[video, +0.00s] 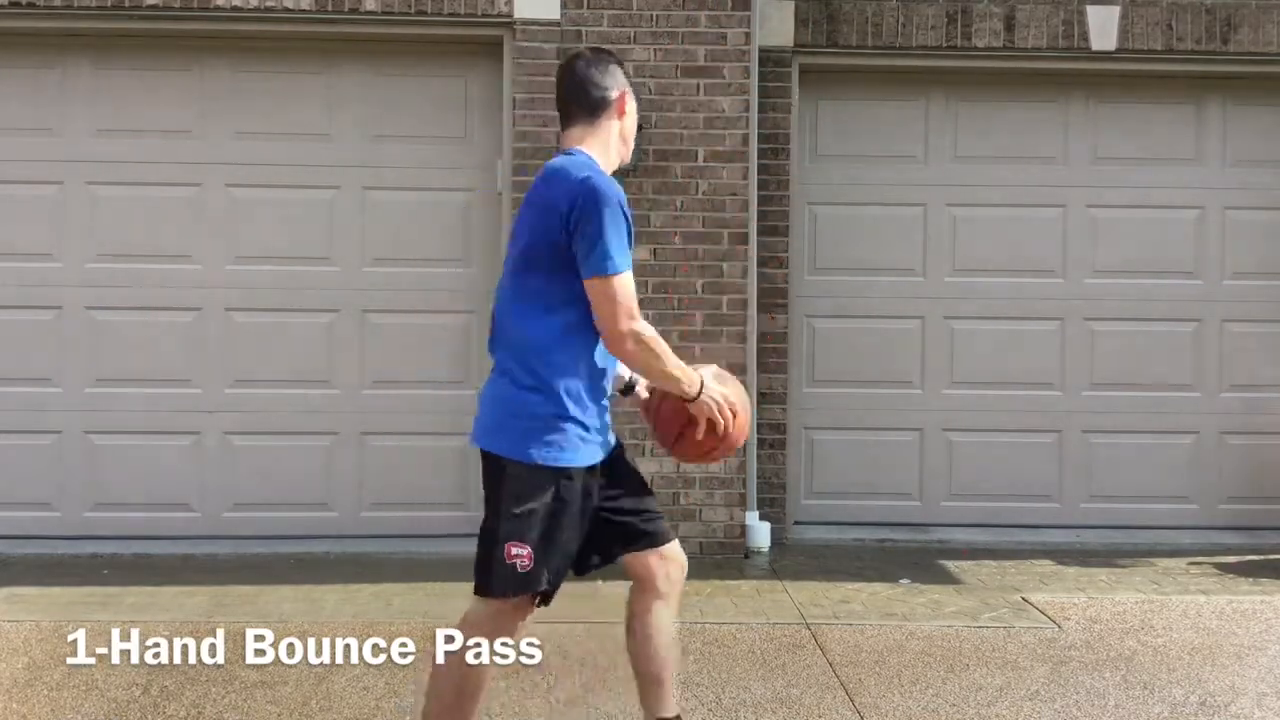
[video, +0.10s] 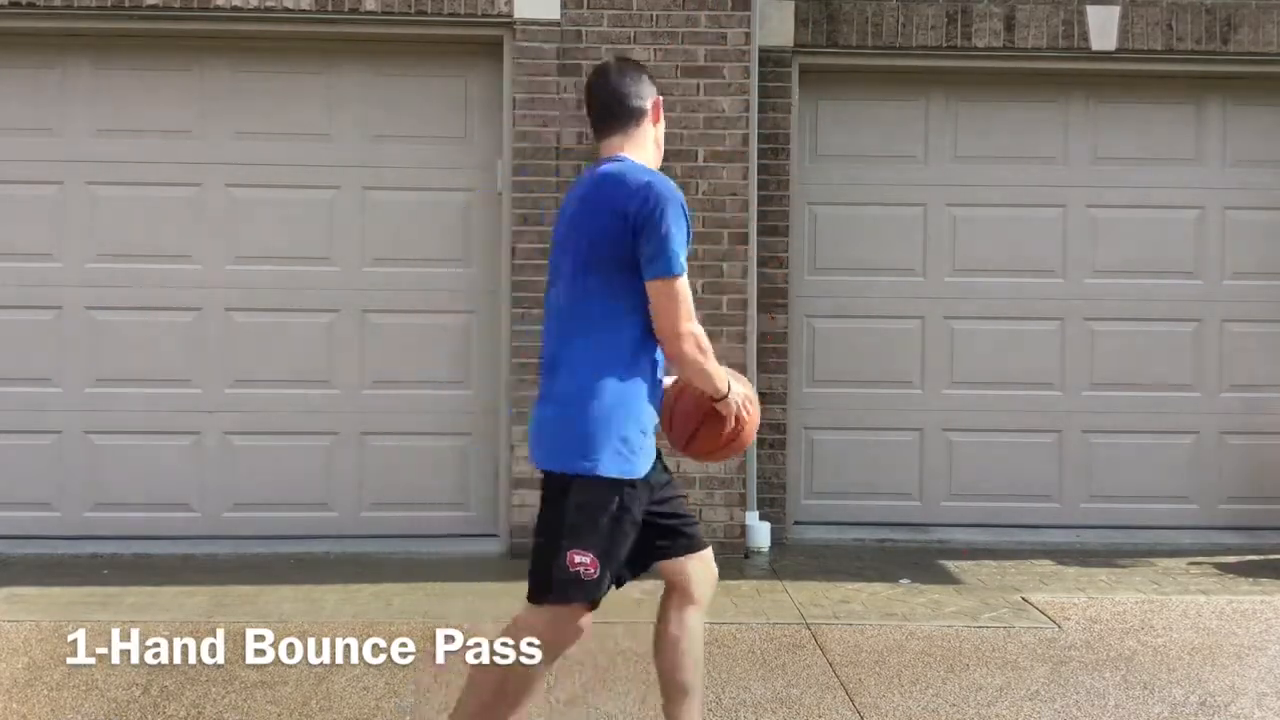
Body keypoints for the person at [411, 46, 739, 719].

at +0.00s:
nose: (638, 124)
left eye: (635, 111)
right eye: (637, 110)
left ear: (566, 112)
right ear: (623, 107)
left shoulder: (558, 184)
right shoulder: (592, 188)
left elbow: (563, 327)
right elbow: (623, 328)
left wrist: (638, 383)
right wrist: (691, 382)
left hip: (580, 435)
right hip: (538, 436)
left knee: (661, 569)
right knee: (503, 611)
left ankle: (663, 714)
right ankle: (436, 710)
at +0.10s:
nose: (667, 127)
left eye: (661, 117)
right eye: (665, 115)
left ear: (594, 123)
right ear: (656, 114)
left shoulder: (584, 194)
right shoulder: (653, 193)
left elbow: (615, 334)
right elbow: (680, 338)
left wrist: (687, 390)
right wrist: (725, 389)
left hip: (608, 439)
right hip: (603, 442)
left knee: (694, 573)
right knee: (556, 620)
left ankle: (684, 716)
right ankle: (464, 713)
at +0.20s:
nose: (699, 120)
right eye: (697, 111)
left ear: (624, 129)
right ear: (690, 114)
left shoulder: (603, 205)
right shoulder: (715, 192)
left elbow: (572, 333)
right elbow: (739, 332)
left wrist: (672, 355)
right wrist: (750, 376)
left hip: (613, 433)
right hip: (672, 437)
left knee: (711, 582)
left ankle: (691, 716)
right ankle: (521, 719)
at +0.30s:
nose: (727, 115)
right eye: (727, 108)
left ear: (660, 126)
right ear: (725, 112)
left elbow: (590, 323)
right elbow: (796, 325)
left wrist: (621, 352)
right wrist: (766, 365)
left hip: (649, 436)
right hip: (733, 437)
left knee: (705, 587)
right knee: (769, 593)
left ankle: (680, 718)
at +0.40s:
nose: (683, 130)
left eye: (683, 121)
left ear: (693, 121)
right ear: (759, 114)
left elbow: (627, 315)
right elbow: (844, 321)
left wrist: (648, 347)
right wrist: (793, 345)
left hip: (696, 427)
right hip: (789, 426)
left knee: (713, 587)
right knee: (810, 589)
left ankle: (693, 718)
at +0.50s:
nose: (708, 138)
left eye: (709, 126)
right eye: (708, 126)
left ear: (728, 121)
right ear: (780, 119)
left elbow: (685, 308)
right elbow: (882, 325)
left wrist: (662, 353)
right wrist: (807, 336)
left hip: (744, 427)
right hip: (833, 426)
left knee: (726, 590)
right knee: (858, 583)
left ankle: (710, 715)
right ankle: (921, 715)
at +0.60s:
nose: (738, 170)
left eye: (736, 153)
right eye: (734, 156)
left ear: (763, 134)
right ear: (793, 133)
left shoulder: (770, 186)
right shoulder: (870, 205)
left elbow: (761, 303)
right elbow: (897, 334)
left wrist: (684, 351)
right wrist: (770, 358)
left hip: (800, 433)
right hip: (883, 435)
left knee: (745, 578)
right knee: (883, 589)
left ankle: (756, 713)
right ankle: (935, 715)